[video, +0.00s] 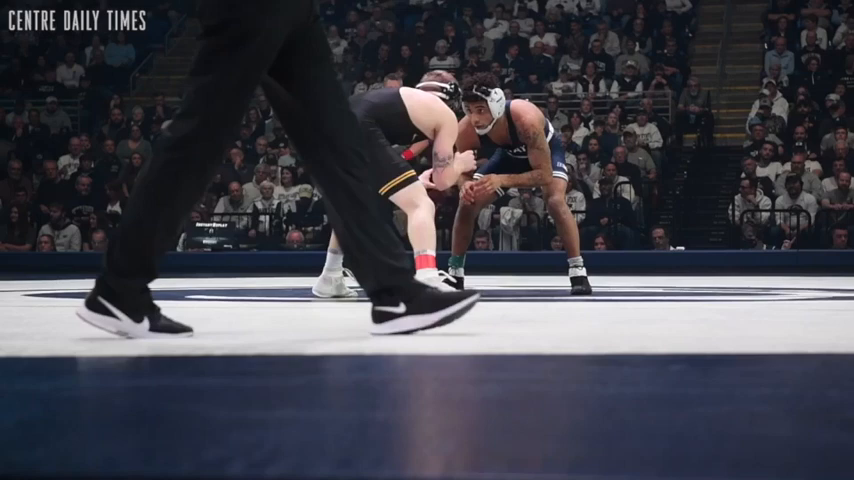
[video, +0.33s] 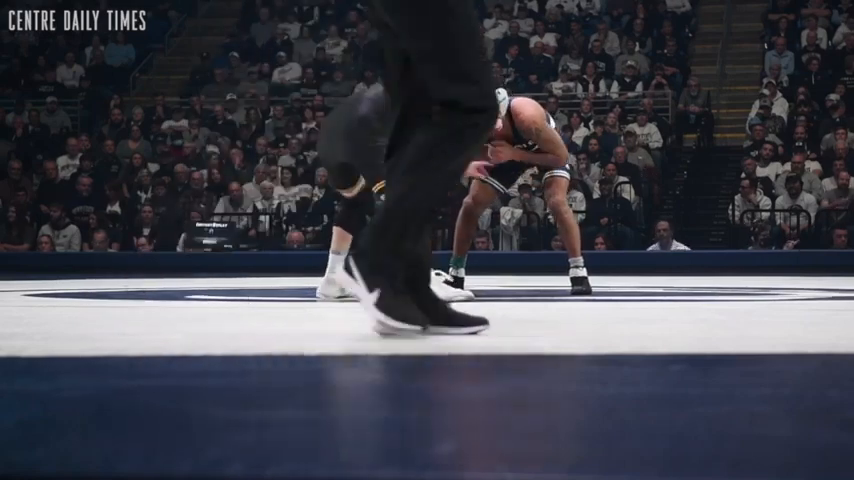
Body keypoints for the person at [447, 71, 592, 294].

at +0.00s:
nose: (474, 119)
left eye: (480, 111)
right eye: (470, 112)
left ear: (497, 108)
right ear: (465, 111)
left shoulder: (526, 118)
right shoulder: (466, 129)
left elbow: (544, 176)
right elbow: (460, 164)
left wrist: (500, 181)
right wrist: (464, 183)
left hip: (545, 151)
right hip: (508, 154)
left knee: (556, 201)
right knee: (467, 202)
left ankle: (577, 271)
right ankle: (454, 274)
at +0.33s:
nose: (494, 127)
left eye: (496, 119)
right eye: (487, 123)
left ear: (504, 110)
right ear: (476, 119)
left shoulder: (527, 118)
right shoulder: (476, 120)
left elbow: (560, 158)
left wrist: (514, 154)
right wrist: (467, 165)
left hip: (546, 152)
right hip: (509, 153)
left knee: (556, 202)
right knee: (470, 204)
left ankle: (578, 272)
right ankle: (455, 274)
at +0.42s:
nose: (474, 116)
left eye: (479, 108)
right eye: (468, 109)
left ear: (491, 108)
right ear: (461, 109)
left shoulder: (526, 118)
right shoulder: (467, 124)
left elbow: (566, 145)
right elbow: (462, 149)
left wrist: (528, 156)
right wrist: (489, 159)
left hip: (545, 151)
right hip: (500, 154)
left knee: (555, 202)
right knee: (467, 205)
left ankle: (577, 269)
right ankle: (455, 268)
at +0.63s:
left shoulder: (508, 113)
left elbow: (547, 114)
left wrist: (513, 117)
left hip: (536, 141)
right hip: (502, 151)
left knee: (549, 201)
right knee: (462, 202)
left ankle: (578, 269)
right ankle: (455, 274)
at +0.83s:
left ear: (447, 87)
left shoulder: (472, 101)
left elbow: (518, 116)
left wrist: (468, 111)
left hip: (524, 142)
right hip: (492, 154)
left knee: (534, 192)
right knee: (450, 202)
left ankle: (581, 262)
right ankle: (450, 273)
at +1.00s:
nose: (472, 91)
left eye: (473, 84)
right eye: (466, 87)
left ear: (481, 78)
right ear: (458, 87)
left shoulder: (501, 81)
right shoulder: (459, 102)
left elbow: (534, 100)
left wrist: (491, 89)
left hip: (532, 144)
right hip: (499, 150)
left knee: (549, 206)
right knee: (462, 197)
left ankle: (579, 269)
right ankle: (452, 269)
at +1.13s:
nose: (491, 110)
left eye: (492, 103)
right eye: (484, 107)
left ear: (499, 89)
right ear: (473, 100)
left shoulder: (521, 92)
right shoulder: (472, 104)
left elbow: (553, 126)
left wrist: (509, 118)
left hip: (541, 143)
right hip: (504, 145)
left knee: (556, 207)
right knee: (467, 200)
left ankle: (580, 273)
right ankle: (455, 275)